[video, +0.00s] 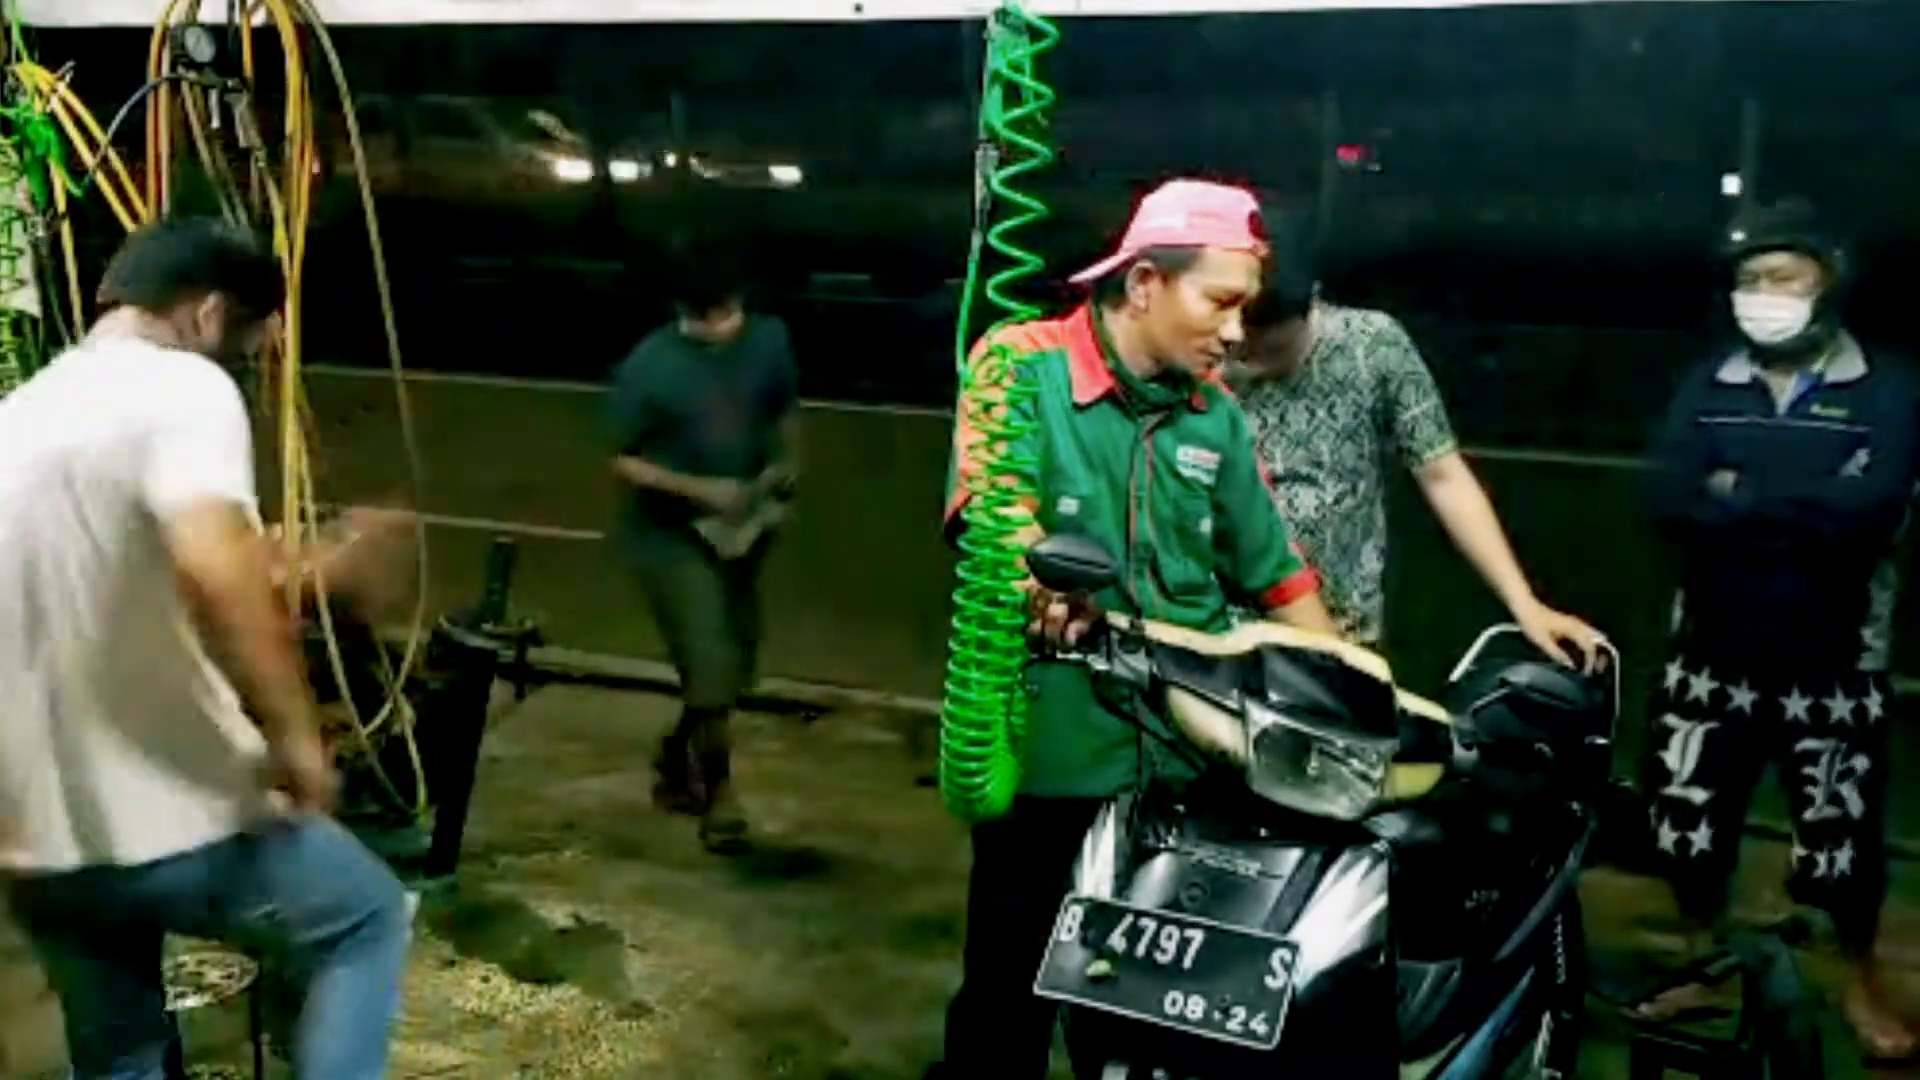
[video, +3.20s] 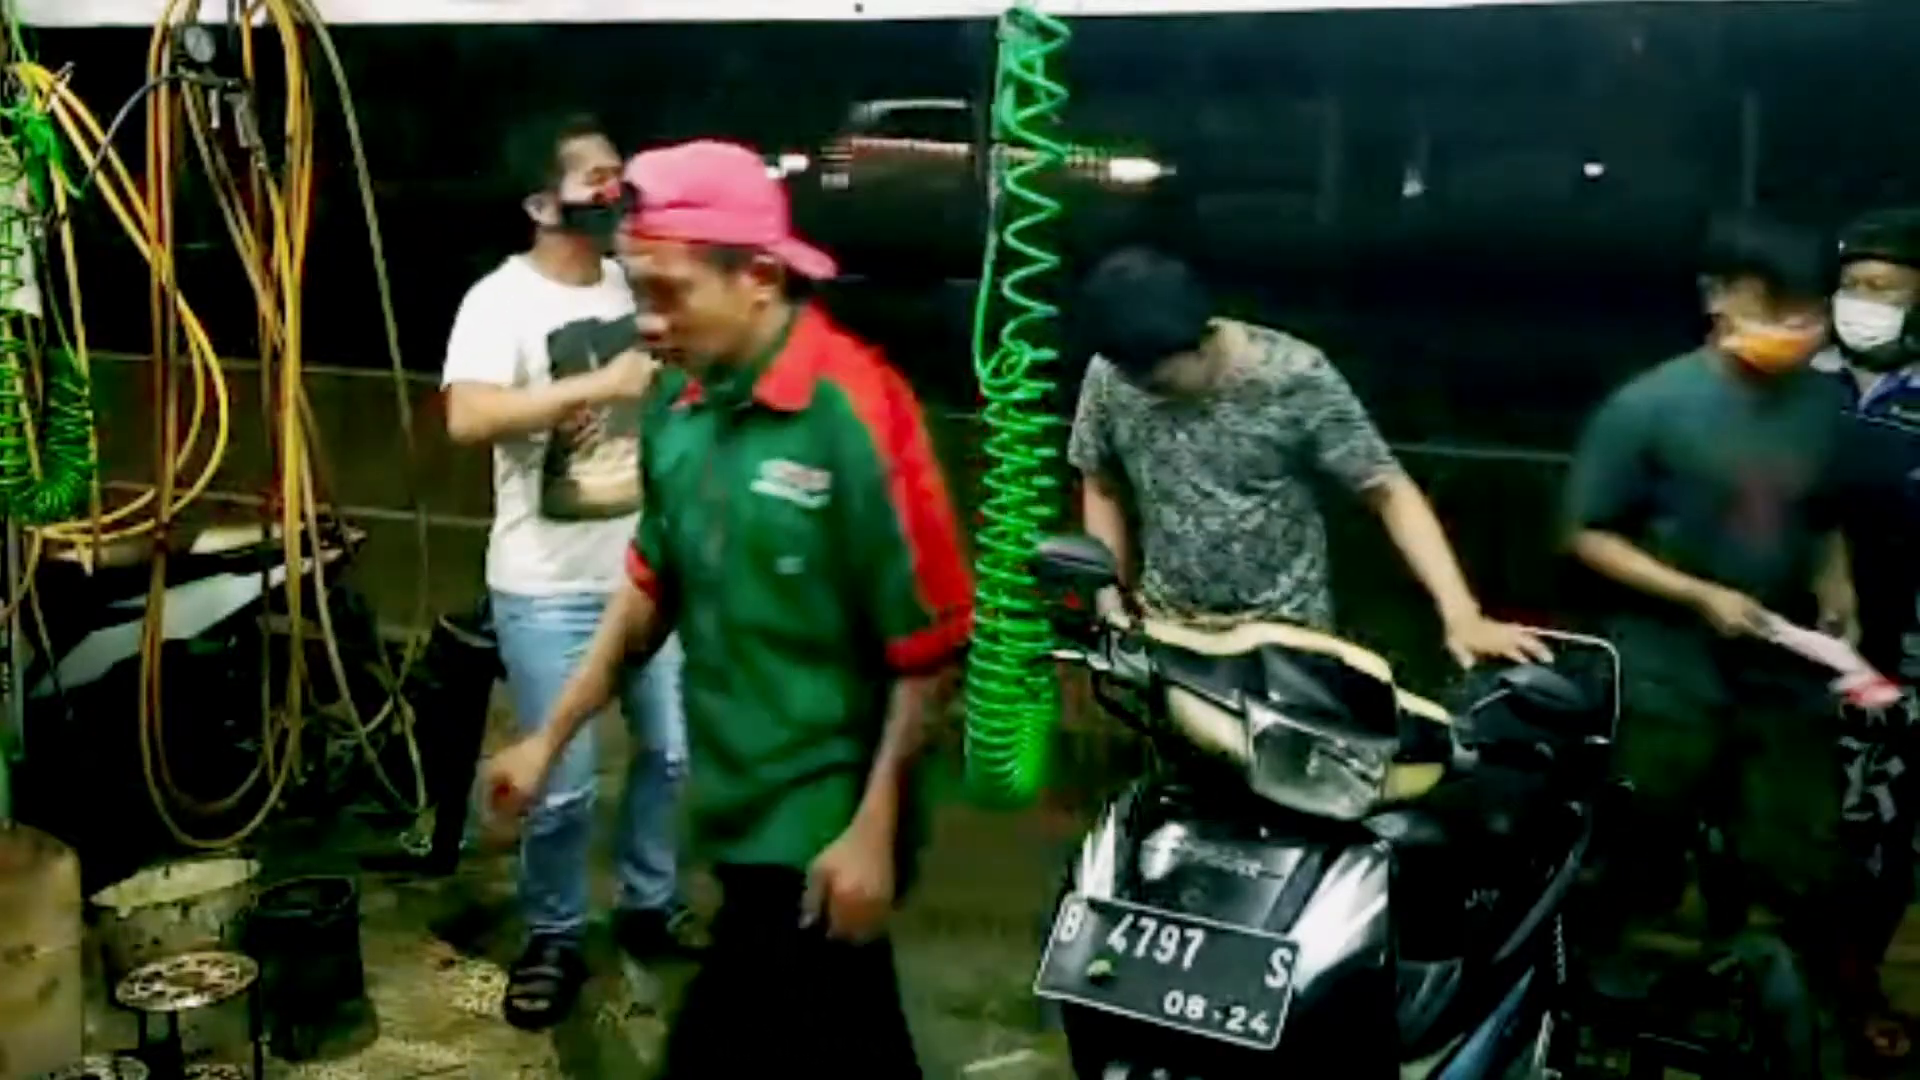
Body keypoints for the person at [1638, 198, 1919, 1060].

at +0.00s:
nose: (1765, 299)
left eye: (1786, 281)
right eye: (1752, 281)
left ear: (1827, 287)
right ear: (1733, 291)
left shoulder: (1880, 390)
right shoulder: (1710, 384)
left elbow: (1875, 507)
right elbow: (1664, 496)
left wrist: (1737, 485)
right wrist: (1819, 492)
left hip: (1830, 650)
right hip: (1715, 644)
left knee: (1844, 833)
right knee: (1688, 817)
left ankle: (1856, 984)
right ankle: (1703, 970)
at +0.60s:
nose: (1881, 305)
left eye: (1901, 291)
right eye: (1869, 288)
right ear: (1845, 301)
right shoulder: (1796, 395)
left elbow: (1910, 516)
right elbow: (1753, 502)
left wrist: (1816, 485)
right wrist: (1876, 508)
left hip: (1892, 666)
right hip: (1779, 656)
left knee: (1892, 855)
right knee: (1709, 824)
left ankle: (1862, 985)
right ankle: (1710, 966)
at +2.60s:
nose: (1894, 302)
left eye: (1911, 288)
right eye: (1882, 285)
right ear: (1855, 294)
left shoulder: (1918, 413)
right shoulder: (1806, 386)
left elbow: (1910, 521)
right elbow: (1757, 486)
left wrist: (1819, 478)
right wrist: (1868, 519)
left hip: (1889, 658)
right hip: (1781, 641)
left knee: (1883, 839)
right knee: (1736, 810)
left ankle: (1862, 982)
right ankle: (1717, 944)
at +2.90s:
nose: (1879, 304)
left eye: (1899, 291)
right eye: (1868, 286)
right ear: (1845, 293)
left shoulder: (1917, 411)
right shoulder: (1799, 384)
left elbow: (1909, 512)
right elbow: (1748, 483)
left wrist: (1814, 476)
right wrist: (1860, 507)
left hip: (1890, 649)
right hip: (1782, 632)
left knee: (1883, 832)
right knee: (1737, 799)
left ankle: (1863, 980)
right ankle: (1719, 932)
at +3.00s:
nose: (1876, 306)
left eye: (1896, 292)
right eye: (1864, 288)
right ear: (1838, 296)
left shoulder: (1918, 406)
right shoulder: (1787, 388)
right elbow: (1725, 496)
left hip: (1892, 656)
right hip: (1784, 643)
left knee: (1886, 837)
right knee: (1757, 808)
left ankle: (1862, 984)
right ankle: (1724, 942)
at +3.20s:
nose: (1868, 305)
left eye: (1888, 291)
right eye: (1856, 287)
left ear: (1918, 304)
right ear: (1835, 294)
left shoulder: (1908, 410)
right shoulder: (1805, 398)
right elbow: (1794, 524)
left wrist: (1882, 649)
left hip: (1901, 652)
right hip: (1815, 645)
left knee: (1885, 843)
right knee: (1820, 831)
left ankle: (1860, 995)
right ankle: (1823, 994)